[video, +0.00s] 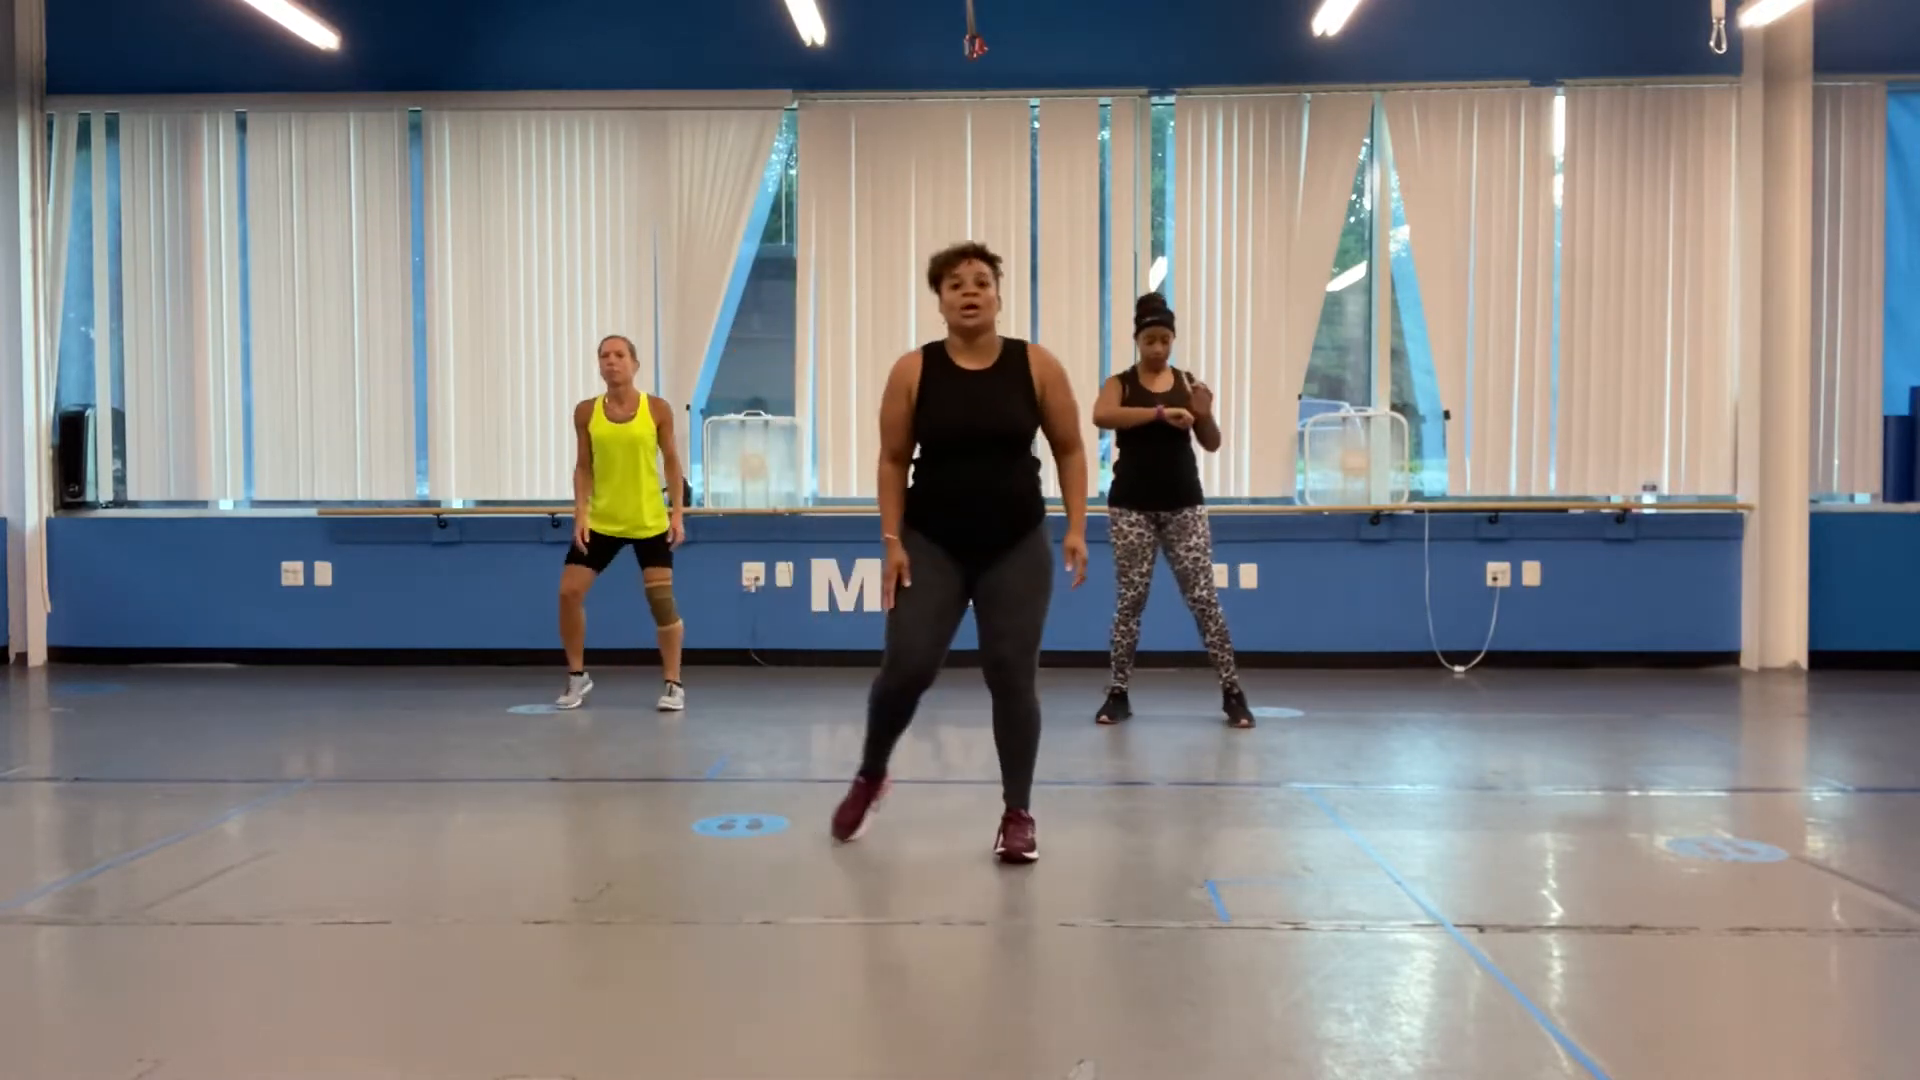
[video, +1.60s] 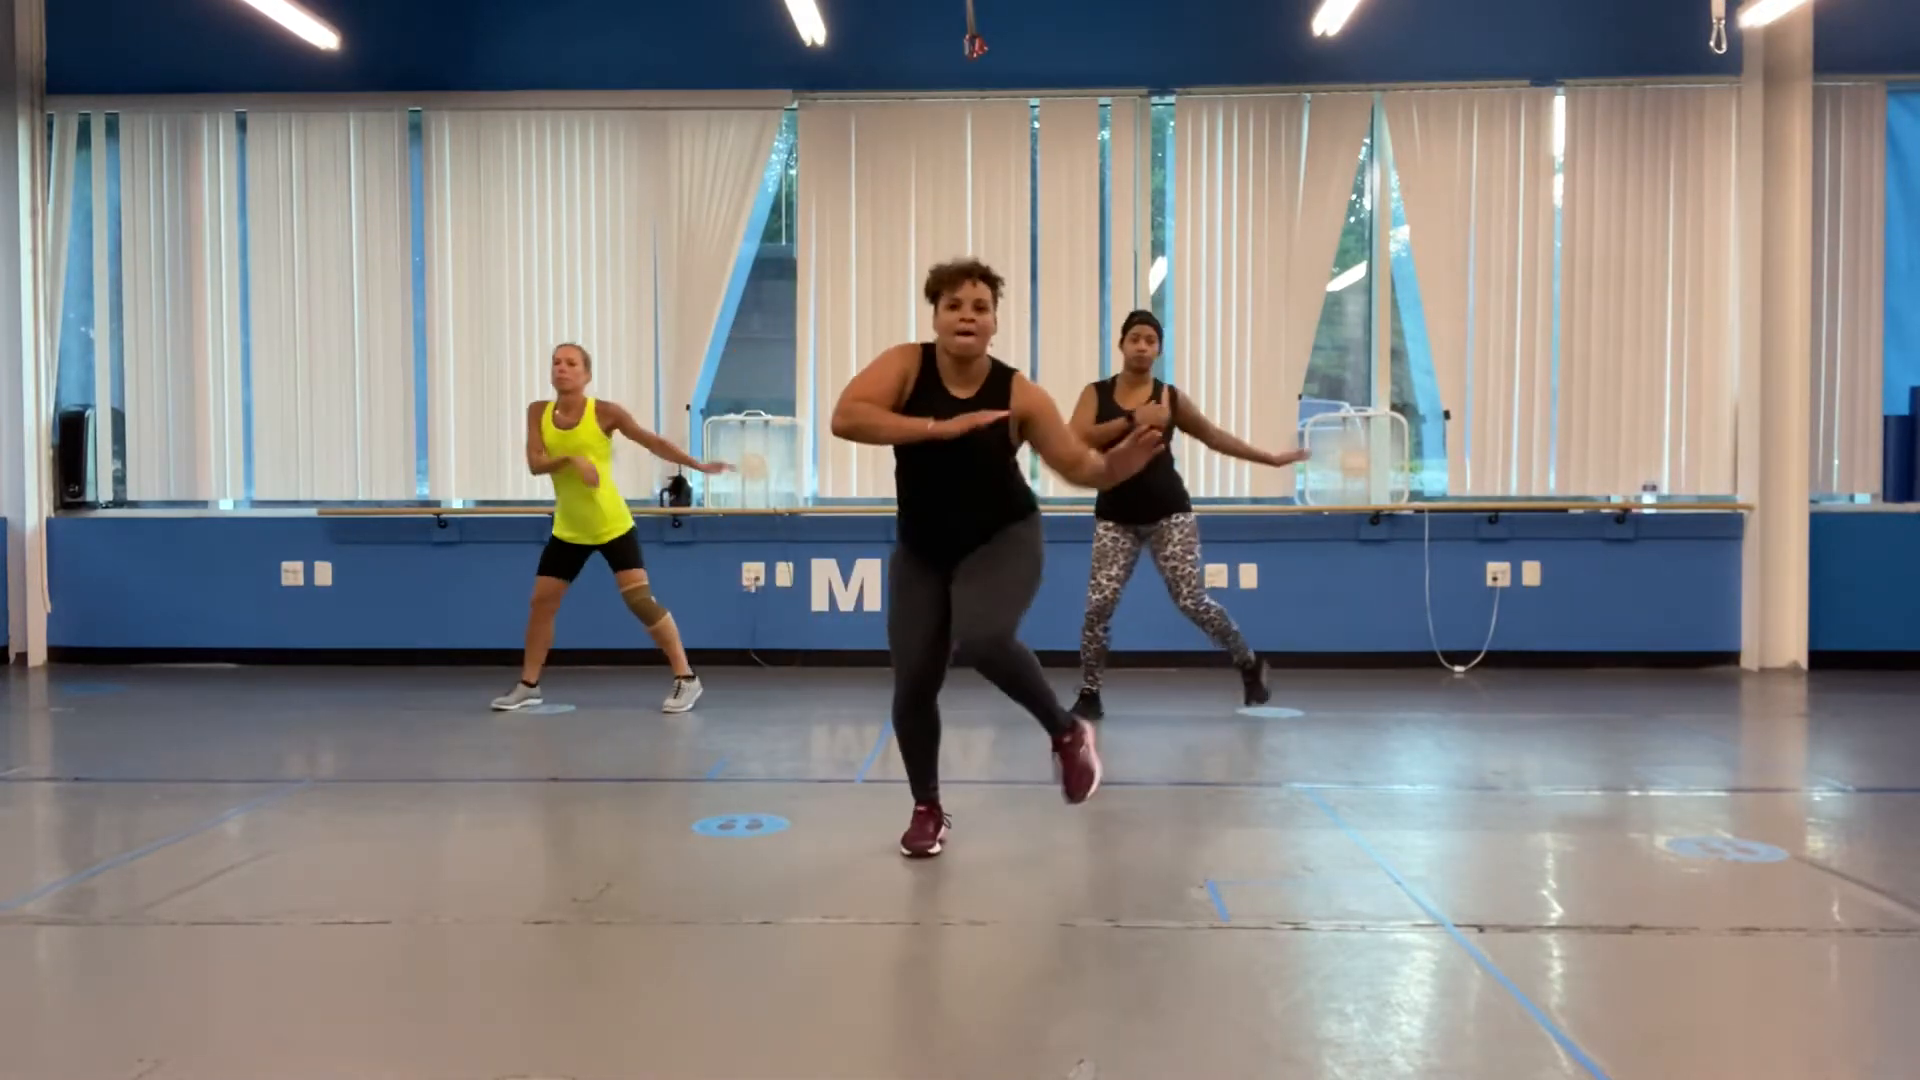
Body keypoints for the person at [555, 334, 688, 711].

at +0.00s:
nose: (611, 361)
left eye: (618, 355)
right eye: (605, 356)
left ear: (634, 364)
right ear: (598, 366)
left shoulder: (657, 409)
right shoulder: (586, 412)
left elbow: (672, 462)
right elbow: (583, 467)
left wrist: (677, 511)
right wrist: (580, 514)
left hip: (650, 520)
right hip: (602, 521)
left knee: (660, 599)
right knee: (570, 591)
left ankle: (672, 684)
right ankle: (576, 677)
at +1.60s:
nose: (561, 369)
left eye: (570, 364)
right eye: (556, 363)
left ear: (586, 375)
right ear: (550, 373)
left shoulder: (607, 412)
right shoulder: (539, 412)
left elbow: (652, 441)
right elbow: (535, 465)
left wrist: (695, 464)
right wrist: (571, 460)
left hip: (612, 524)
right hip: (568, 527)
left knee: (640, 602)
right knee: (542, 602)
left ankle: (686, 678)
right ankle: (529, 685)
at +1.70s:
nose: (549, 371)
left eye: (558, 367)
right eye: (545, 366)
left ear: (575, 378)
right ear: (538, 377)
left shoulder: (597, 419)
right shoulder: (527, 421)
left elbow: (628, 458)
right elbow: (522, 477)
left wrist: (664, 472)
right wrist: (555, 464)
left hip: (603, 524)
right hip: (560, 527)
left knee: (616, 601)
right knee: (529, 598)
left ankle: (666, 672)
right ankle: (527, 685)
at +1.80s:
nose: (548, 371)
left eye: (557, 365)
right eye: (543, 366)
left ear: (575, 376)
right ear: (538, 378)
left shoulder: (599, 418)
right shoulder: (528, 423)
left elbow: (613, 469)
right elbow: (518, 473)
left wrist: (616, 496)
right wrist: (533, 492)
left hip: (601, 523)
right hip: (556, 525)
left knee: (612, 599)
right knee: (526, 598)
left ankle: (639, 674)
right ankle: (527, 685)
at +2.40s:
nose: (542, 374)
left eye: (550, 368)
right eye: (537, 369)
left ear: (569, 379)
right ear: (532, 381)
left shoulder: (594, 417)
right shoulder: (526, 423)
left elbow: (632, 450)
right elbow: (533, 477)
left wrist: (665, 475)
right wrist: (551, 483)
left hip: (612, 521)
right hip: (568, 526)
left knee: (630, 599)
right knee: (532, 594)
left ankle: (673, 680)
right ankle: (521, 683)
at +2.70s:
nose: (499, 382)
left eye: (508, 377)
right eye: (494, 377)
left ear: (527, 387)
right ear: (490, 388)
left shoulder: (554, 419)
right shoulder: (488, 430)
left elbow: (602, 445)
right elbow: (491, 484)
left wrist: (651, 453)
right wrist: (529, 466)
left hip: (578, 526)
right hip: (535, 530)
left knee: (585, 603)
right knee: (487, 590)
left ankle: (615, 680)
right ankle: (503, 678)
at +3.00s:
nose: (465, 385)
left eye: (473, 380)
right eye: (460, 380)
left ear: (492, 390)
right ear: (455, 391)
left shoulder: (517, 426)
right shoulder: (447, 435)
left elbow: (557, 454)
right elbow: (442, 490)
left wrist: (597, 475)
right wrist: (477, 459)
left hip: (537, 527)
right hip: (493, 532)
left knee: (545, 603)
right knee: (458, 599)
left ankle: (585, 660)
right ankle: (465, 687)